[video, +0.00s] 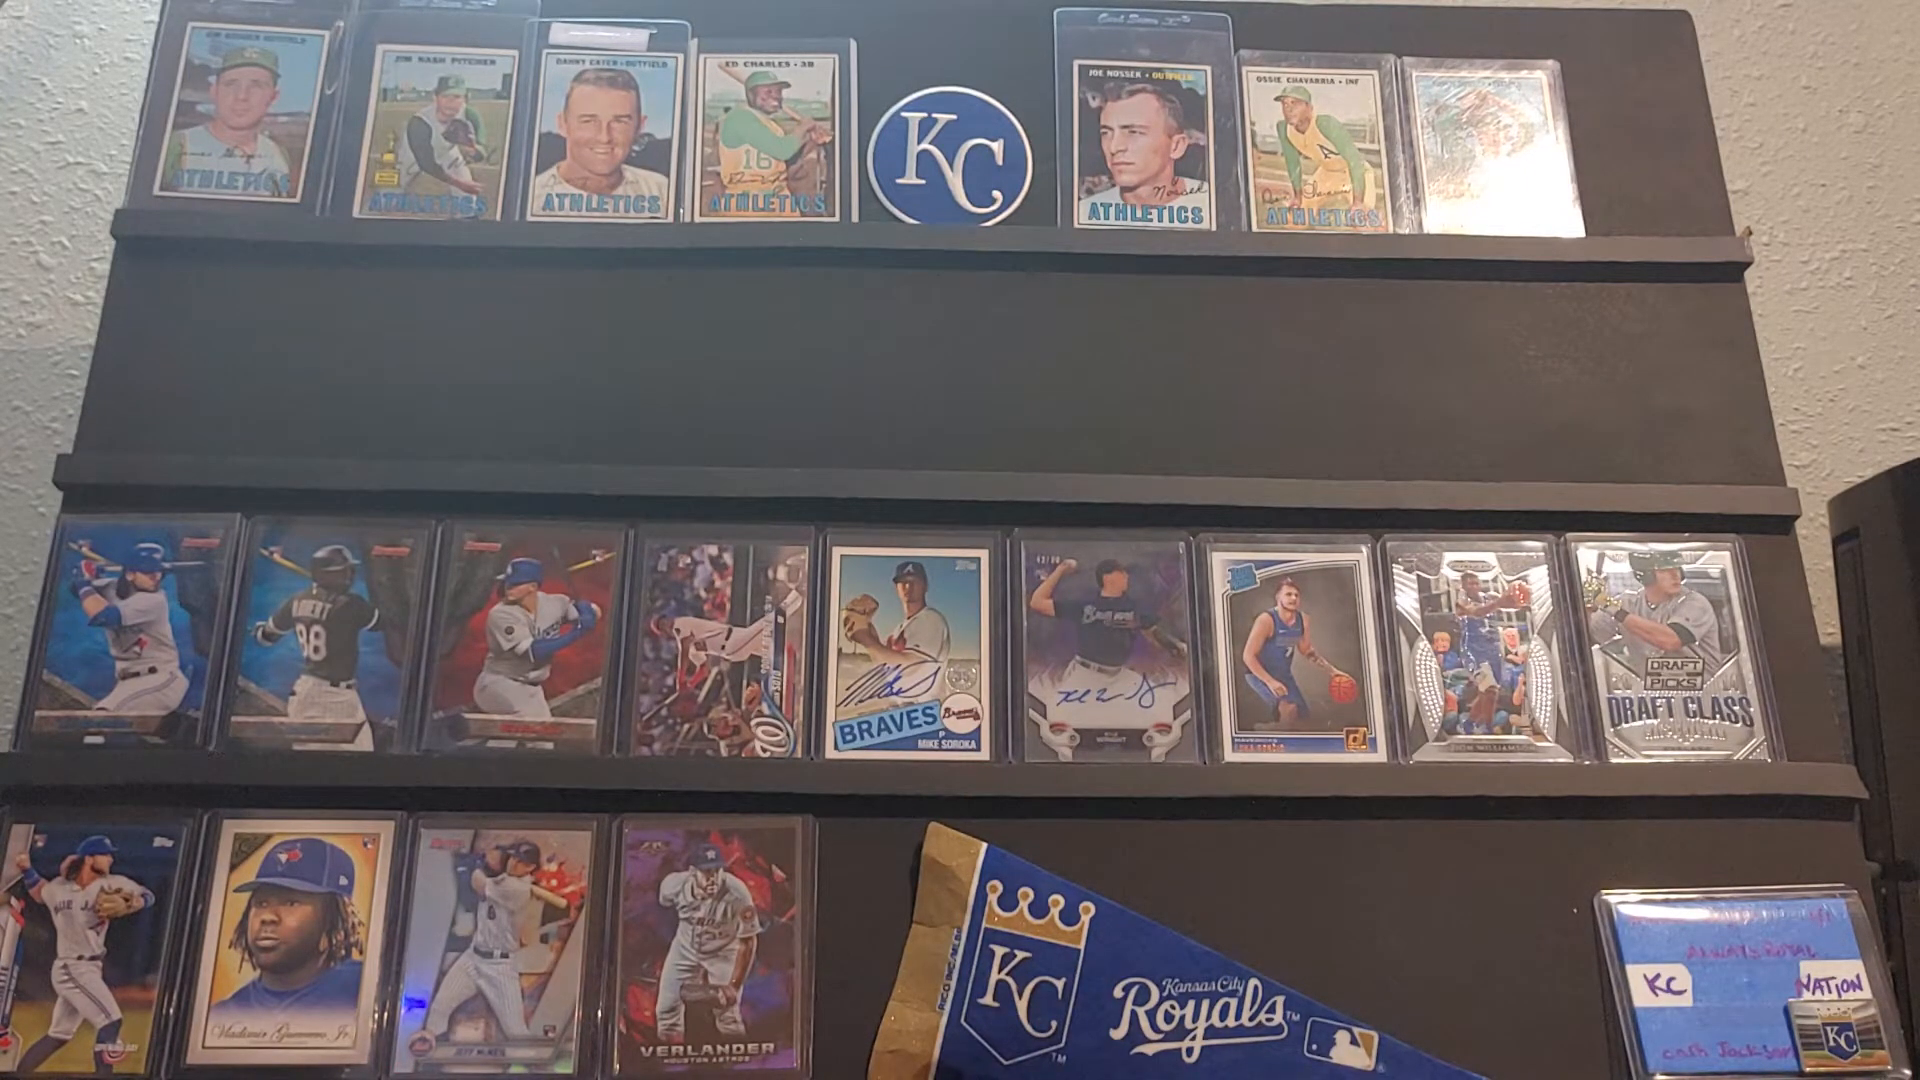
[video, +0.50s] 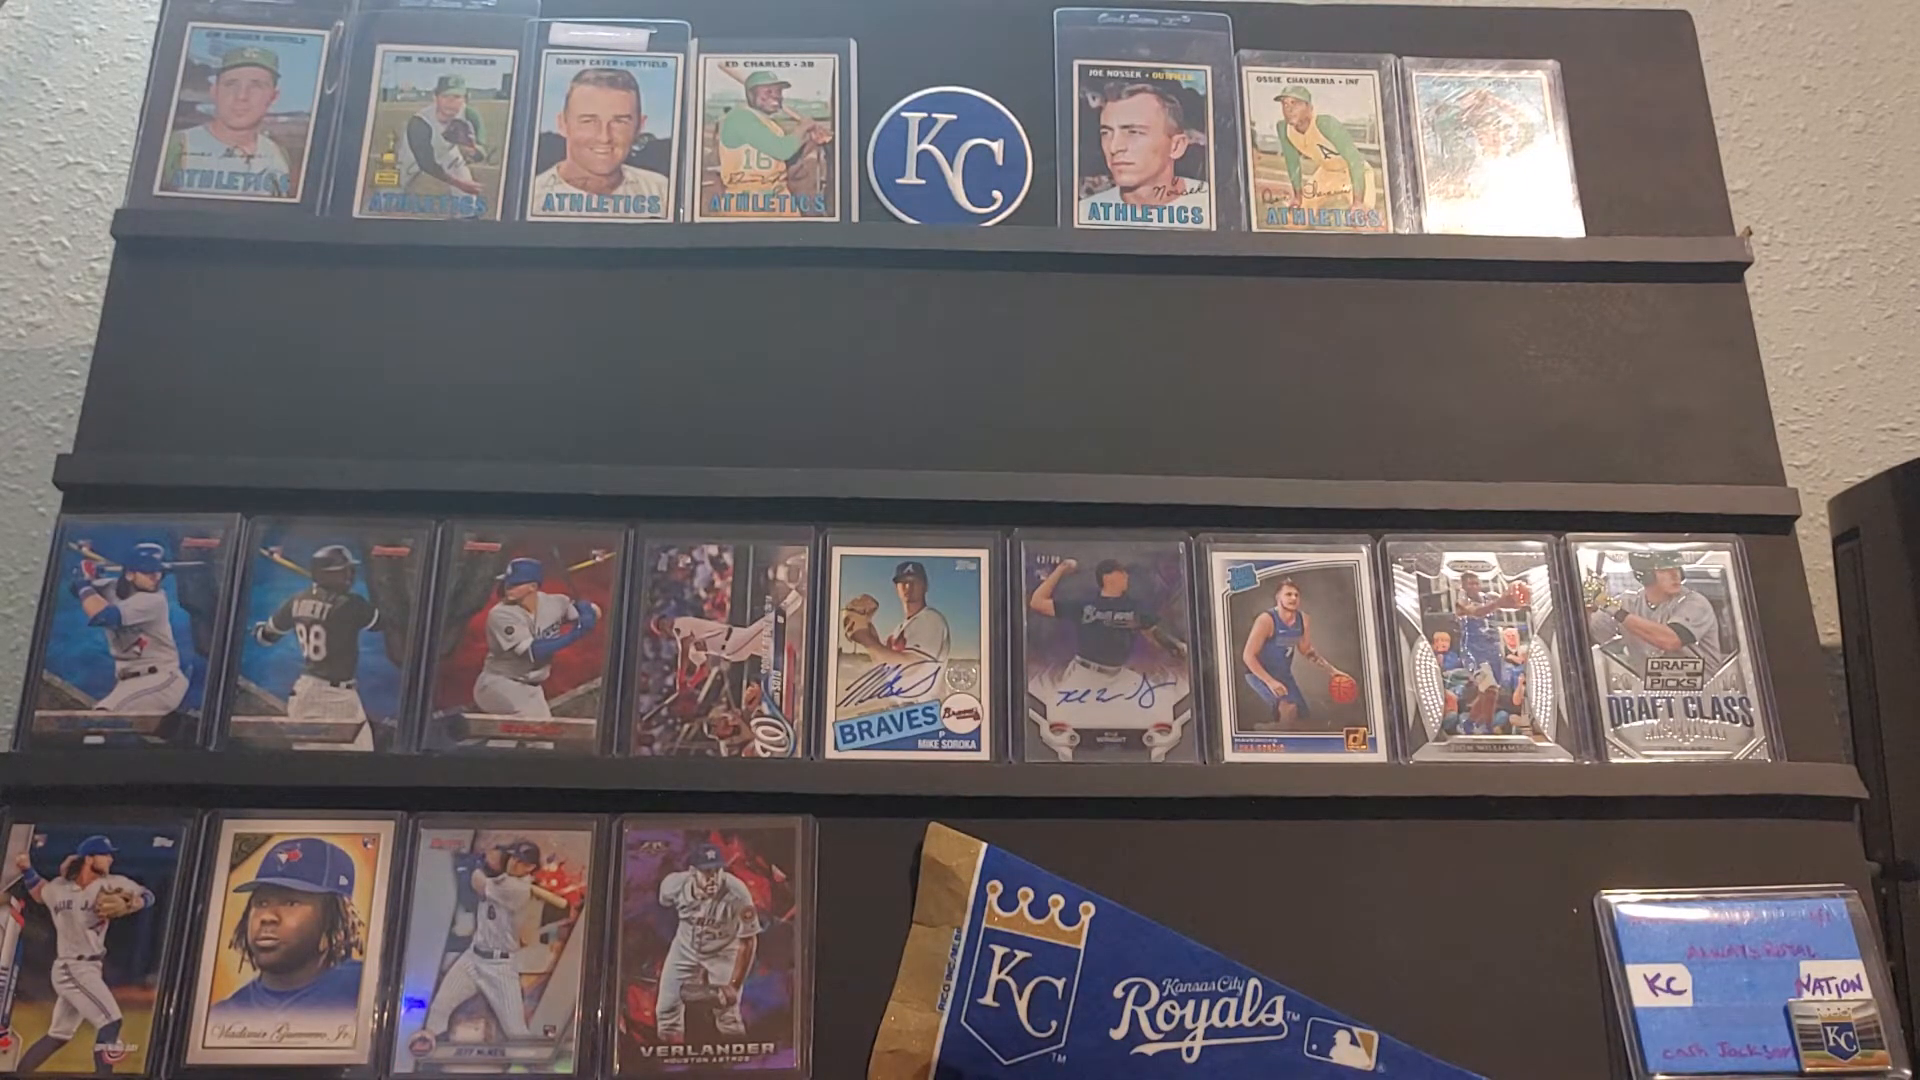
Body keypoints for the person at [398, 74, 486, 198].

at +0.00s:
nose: (451, 102)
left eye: (457, 97)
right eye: (446, 96)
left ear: (464, 100)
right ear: (436, 98)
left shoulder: (469, 115)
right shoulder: (419, 123)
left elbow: (481, 154)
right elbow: (427, 165)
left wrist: (469, 150)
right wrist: (461, 185)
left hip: (453, 162)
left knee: (467, 196)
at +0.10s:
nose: (451, 102)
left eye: (457, 97)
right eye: (446, 96)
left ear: (464, 100)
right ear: (436, 98)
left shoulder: (469, 115)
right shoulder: (419, 123)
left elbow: (480, 154)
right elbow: (427, 165)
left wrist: (469, 149)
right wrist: (461, 185)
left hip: (454, 165)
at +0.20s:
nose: (451, 102)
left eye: (457, 97)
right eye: (446, 96)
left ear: (464, 100)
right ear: (436, 98)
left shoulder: (469, 115)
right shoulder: (419, 123)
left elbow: (480, 154)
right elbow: (427, 165)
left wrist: (469, 149)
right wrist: (461, 185)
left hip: (454, 165)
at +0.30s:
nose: (451, 102)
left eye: (457, 97)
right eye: (446, 96)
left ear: (464, 100)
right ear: (436, 98)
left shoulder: (469, 115)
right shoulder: (419, 123)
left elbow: (480, 154)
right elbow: (427, 165)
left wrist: (469, 149)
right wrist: (461, 185)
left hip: (454, 165)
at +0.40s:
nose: (451, 102)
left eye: (457, 97)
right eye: (446, 96)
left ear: (464, 100)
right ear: (436, 98)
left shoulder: (469, 115)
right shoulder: (419, 123)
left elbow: (481, 154)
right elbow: (427, 165)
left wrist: (469, 149)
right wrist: (461, 185)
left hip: (454, 165)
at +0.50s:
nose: (451, 102)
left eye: (457, 97)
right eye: (446, 96)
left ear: (464, 100)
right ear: (436, 98)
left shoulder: (469, 115)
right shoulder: (419, 123)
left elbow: (481, 154)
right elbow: (427, 165)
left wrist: (469, 150)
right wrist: (461, 185)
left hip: (454, 164)